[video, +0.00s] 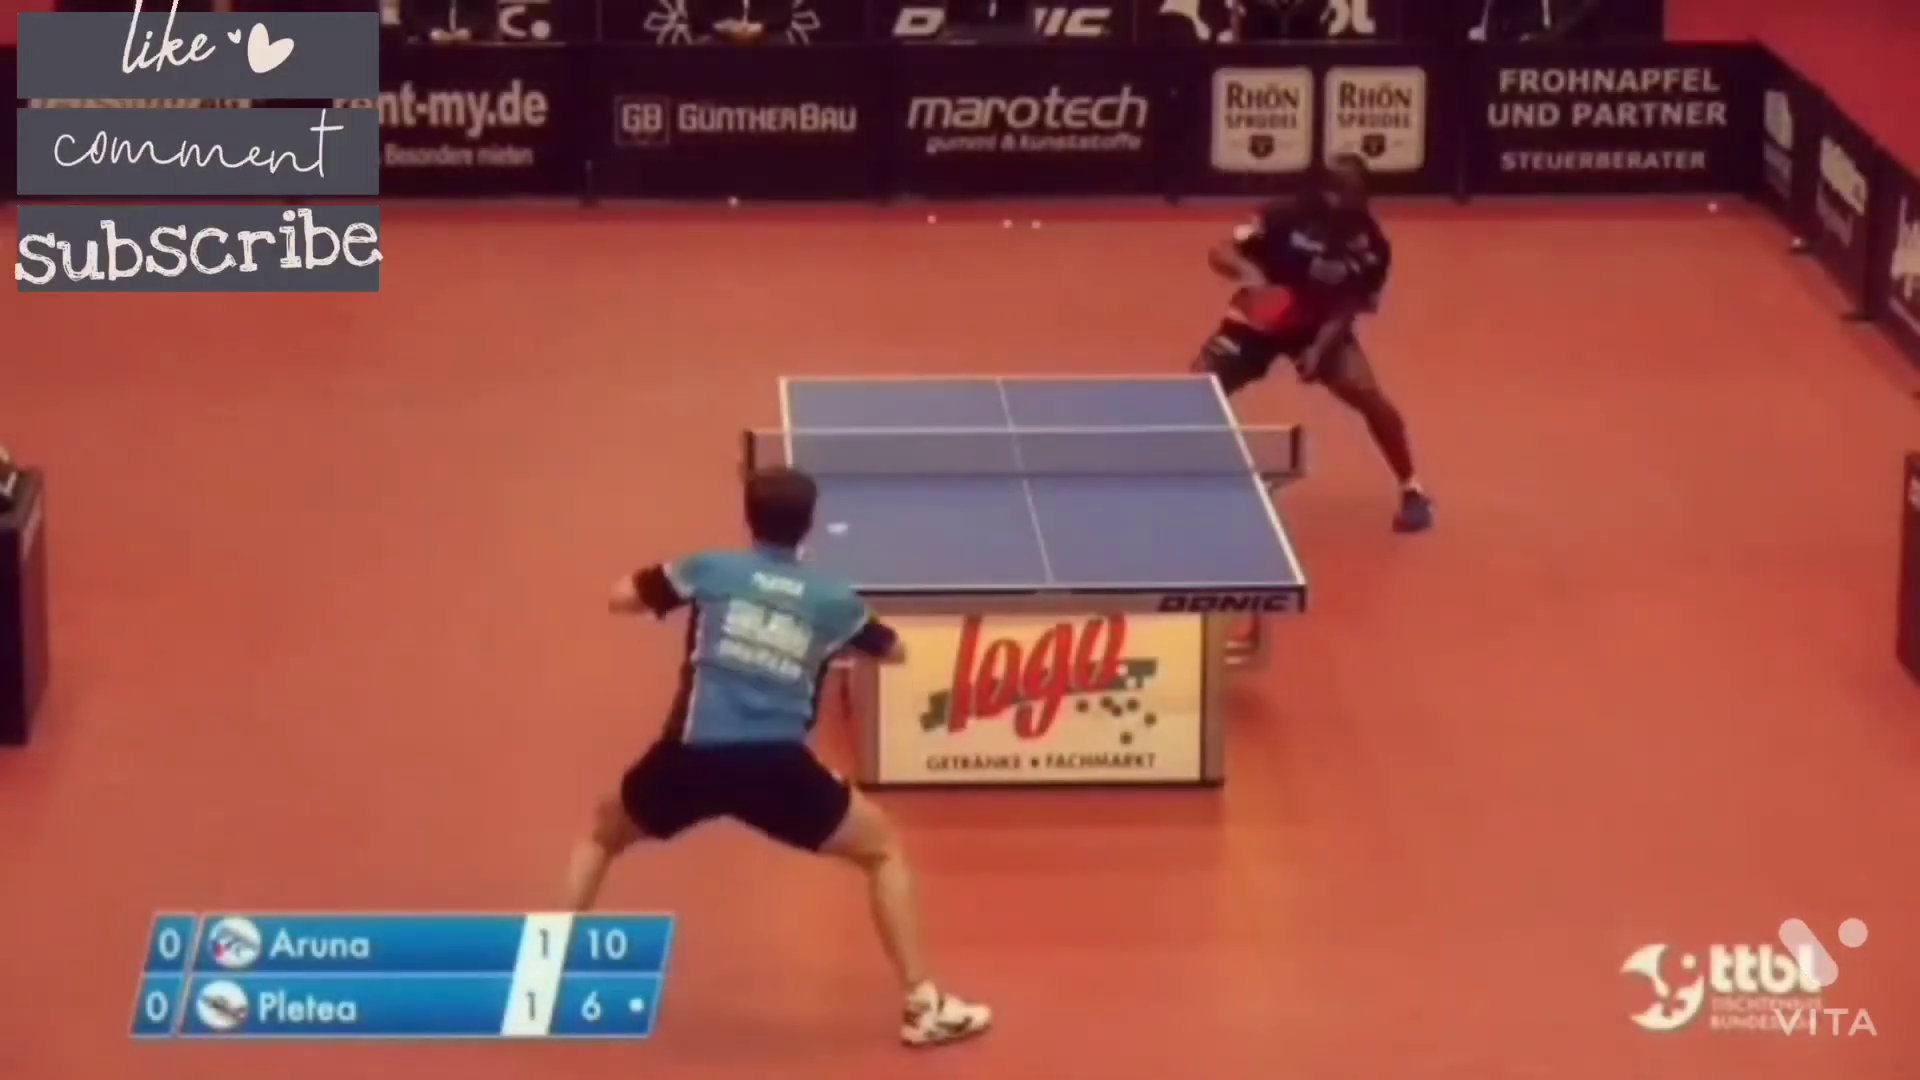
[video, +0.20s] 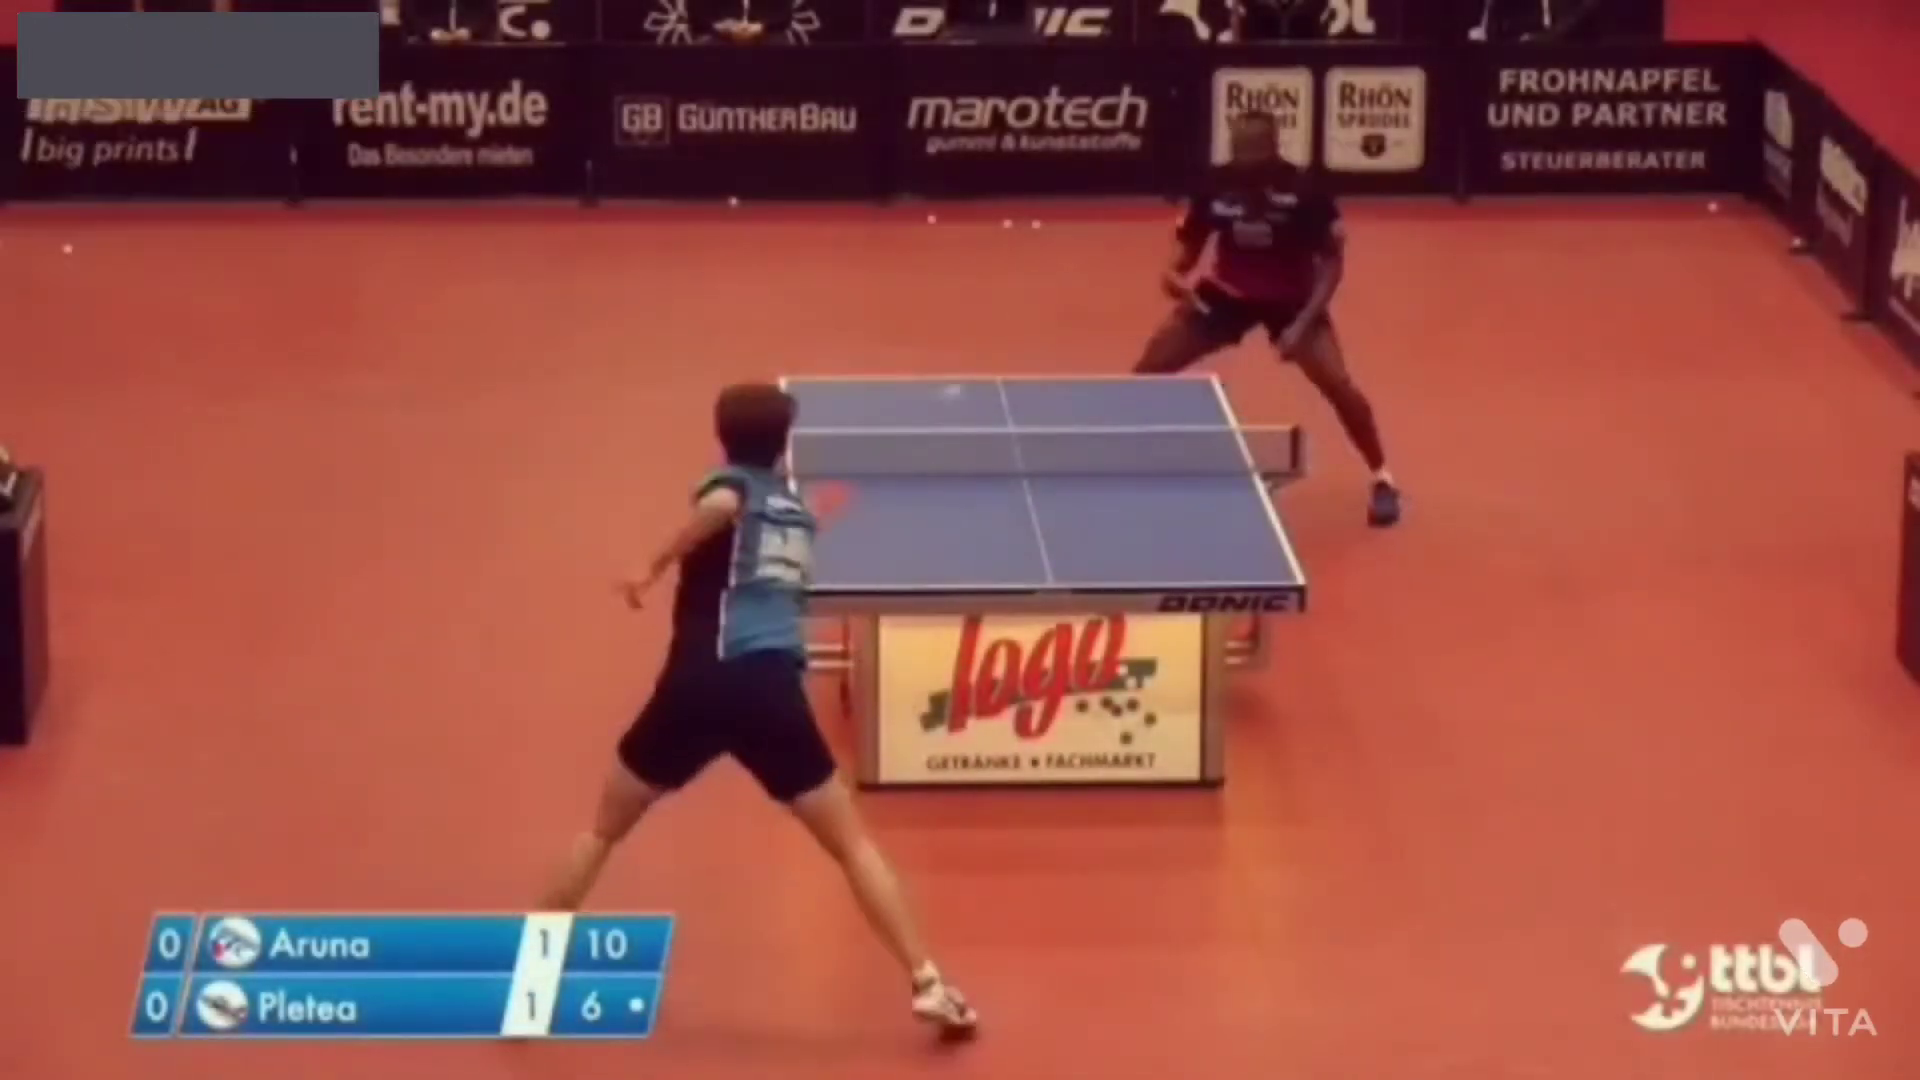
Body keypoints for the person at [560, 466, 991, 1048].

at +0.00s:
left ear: (749, 516)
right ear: (808, 524)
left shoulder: (709, 570)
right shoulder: (829, 598)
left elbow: (624, 597)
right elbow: (894, 650)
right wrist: (844, 634)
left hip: (693, 763)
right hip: (777, 770)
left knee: (604, 836)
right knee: (883, 852)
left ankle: (549, 962)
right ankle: (923, 1003)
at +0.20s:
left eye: (725, 428)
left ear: (724, 436)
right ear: (784, 440)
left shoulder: (726, 485)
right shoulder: (796, 510)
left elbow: (723, 511)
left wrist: (654, 566)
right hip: (775, 694)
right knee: (854, 846)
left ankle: (526, 957)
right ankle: (927, 982)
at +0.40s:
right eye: (779, 476)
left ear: (719, 484)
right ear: (781, 486)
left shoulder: (694, 552)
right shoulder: (808, 562)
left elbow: (627, 596)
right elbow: (857, 619)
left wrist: (620, 648)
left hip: (699, 750)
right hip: (786, 750)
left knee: (603, 863)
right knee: (868, 856)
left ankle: (535, 990)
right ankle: (939, 986)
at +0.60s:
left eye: (773, 468)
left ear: (774, 479)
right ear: (835, 484)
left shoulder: (730, 536)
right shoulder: (854, 566)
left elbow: (656, 582)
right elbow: (904, 644)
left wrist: (692, 604)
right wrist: (874, 609)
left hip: (716, 736)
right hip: (806, 740)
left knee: (626, 807)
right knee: (910, 812)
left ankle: (567, 938)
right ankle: (960, 958)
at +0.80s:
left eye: (780, 505)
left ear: (778, 517)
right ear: (834, 529)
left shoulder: (730, 569)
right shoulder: (849, 601)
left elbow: (658, 597)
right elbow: (916, 662)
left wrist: (709, 590)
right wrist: (864, 635)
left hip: (712, 767)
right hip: (802, 774)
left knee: (628, 814)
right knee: (914, 828)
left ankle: (569, 939)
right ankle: (960, 969)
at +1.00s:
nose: (743, 488)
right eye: (744, 479)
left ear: (686, 483)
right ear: (740, 490)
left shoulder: (666, 525)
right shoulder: (762, 553)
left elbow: (610, 532)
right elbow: (805, 563)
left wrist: (585, 585)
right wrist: (831, 539)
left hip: (638, 718)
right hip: (719, 732)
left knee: (567, 779)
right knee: (816, 858)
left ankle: (497, 889)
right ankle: (916, 973)